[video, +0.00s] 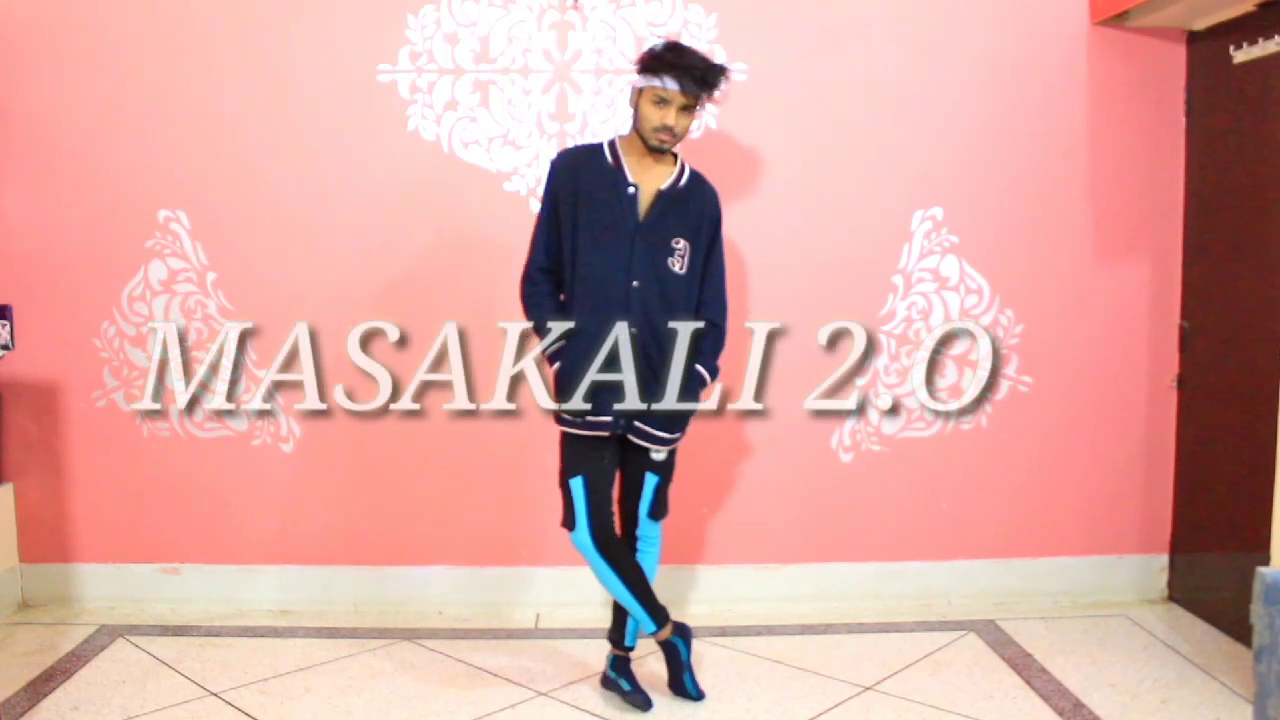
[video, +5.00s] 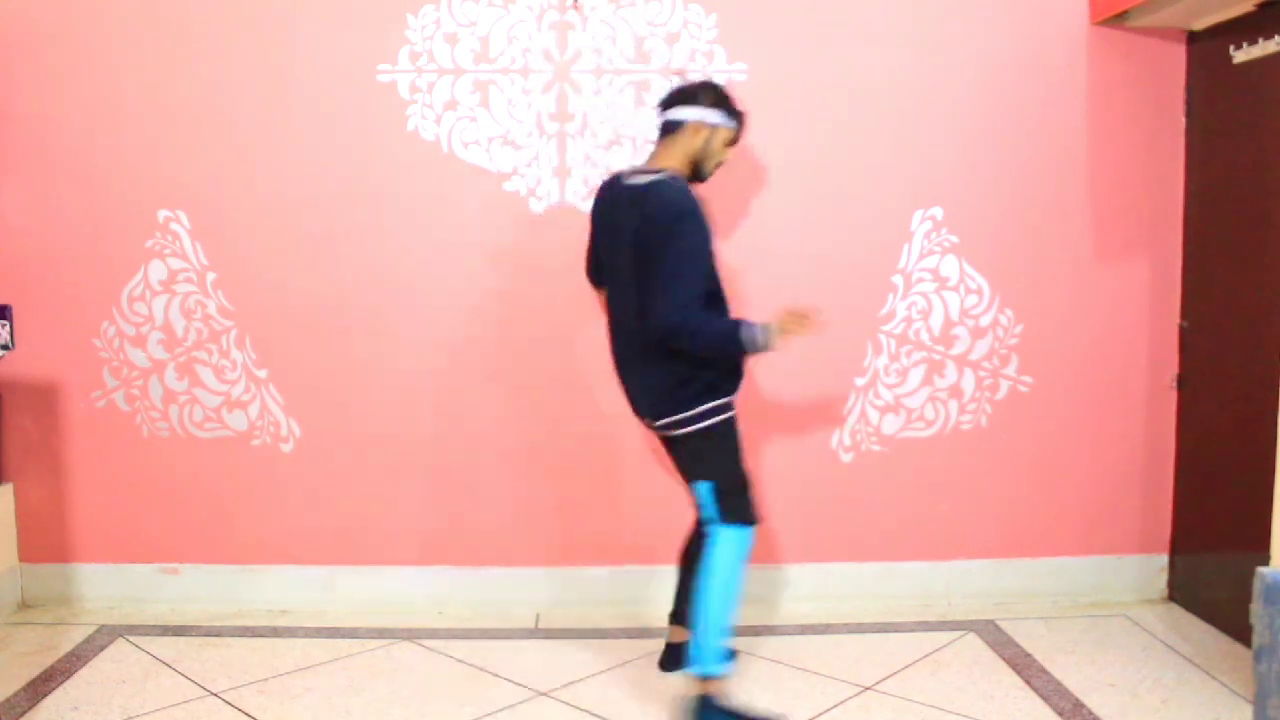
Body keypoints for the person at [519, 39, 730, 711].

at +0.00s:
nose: (669, 120)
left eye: (683, 110)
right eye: (660, 103)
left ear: (696, 117)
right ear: (635, 98)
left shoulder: (699, 196)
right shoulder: (575, 169)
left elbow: (712, 299)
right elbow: (539, 275)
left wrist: (703, 372)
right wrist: (559, 347)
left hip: (665, 386)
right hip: (588, 380)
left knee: (643, 524)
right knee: (586, 526)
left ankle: (619, 661)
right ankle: (669, 634)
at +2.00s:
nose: (566, 99)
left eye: (578, 90)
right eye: (553, 90)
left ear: (595, 104)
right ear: (535, 106)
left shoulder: (631, 177)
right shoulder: (511, 192)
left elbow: (666, 270)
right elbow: (492, 286)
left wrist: (687, 359)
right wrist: (474, 371)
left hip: (623, 358)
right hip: (554, 364)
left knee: (625, 489)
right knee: (569, 492)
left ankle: (605, 613)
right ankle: (586, 611)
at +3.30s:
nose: (598, 55)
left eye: (614, 43)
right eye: (583, 43)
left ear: (634, 60)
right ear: (562, 62)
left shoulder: (668, 158)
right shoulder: (522, 156)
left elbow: (726, 245)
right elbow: (488, 261)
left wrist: (690, 271)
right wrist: (477, 258)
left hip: (660, 380)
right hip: (566, 384)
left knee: (710, 512)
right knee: (558, 540)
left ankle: (676, 640)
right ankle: (572, 691)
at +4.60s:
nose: (611, 164)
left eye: (622, 156)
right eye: (600, 149)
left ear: (627, 166)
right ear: (569, 149)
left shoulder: (642, 232)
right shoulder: (534, 234)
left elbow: (713, 276)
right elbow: (554, 336)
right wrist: (528, 334)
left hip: (640, 421)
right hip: (553, 424)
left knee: (732, 504)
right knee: (490, 526)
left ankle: (677, 634)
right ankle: (483, 626)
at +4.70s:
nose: (643, 166)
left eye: (650, 154)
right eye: (632, 151)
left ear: (656, 160)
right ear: (599, 151)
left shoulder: (668, 230)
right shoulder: (552, 234)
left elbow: (719, 300)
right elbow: (534, 332)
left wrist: (753, 344)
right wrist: (531, 320)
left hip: (651, 424)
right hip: (567, 430)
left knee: (741, 512)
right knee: (504, 534)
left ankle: (676, 639)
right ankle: (482, 623)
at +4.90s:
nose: (699, 168)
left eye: (703, 156)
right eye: (696, 153)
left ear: (667, 150)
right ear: (660, 144)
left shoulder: (661, 212)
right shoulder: (620, 215)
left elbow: (684, 309)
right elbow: (620, 327)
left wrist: (718, 394)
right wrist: (656, 321)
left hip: (705, 407)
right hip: (667, 412)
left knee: (756, 513)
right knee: (653, 544)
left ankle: (680, 639)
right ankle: (566, 682)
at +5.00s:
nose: (725, 158)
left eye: (729, 146)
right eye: (725, 143)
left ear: (673, 130)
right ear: (698, 132)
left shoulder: (615, 192)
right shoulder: (673, 206)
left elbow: (600, 272)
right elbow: (681, 320)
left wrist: (666, 299)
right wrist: (761, 333)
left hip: (655, 391)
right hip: (692, 394)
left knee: (716, 510)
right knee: (732, 521)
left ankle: (685, 639)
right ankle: (707, 689)